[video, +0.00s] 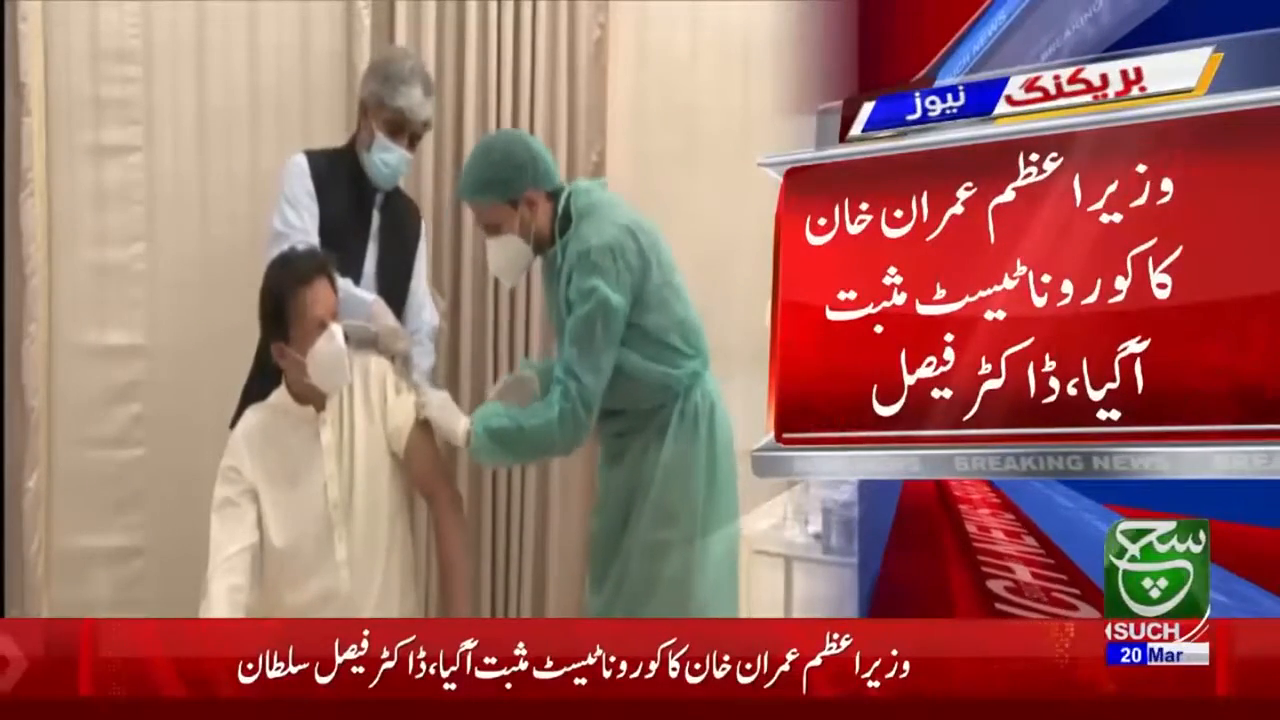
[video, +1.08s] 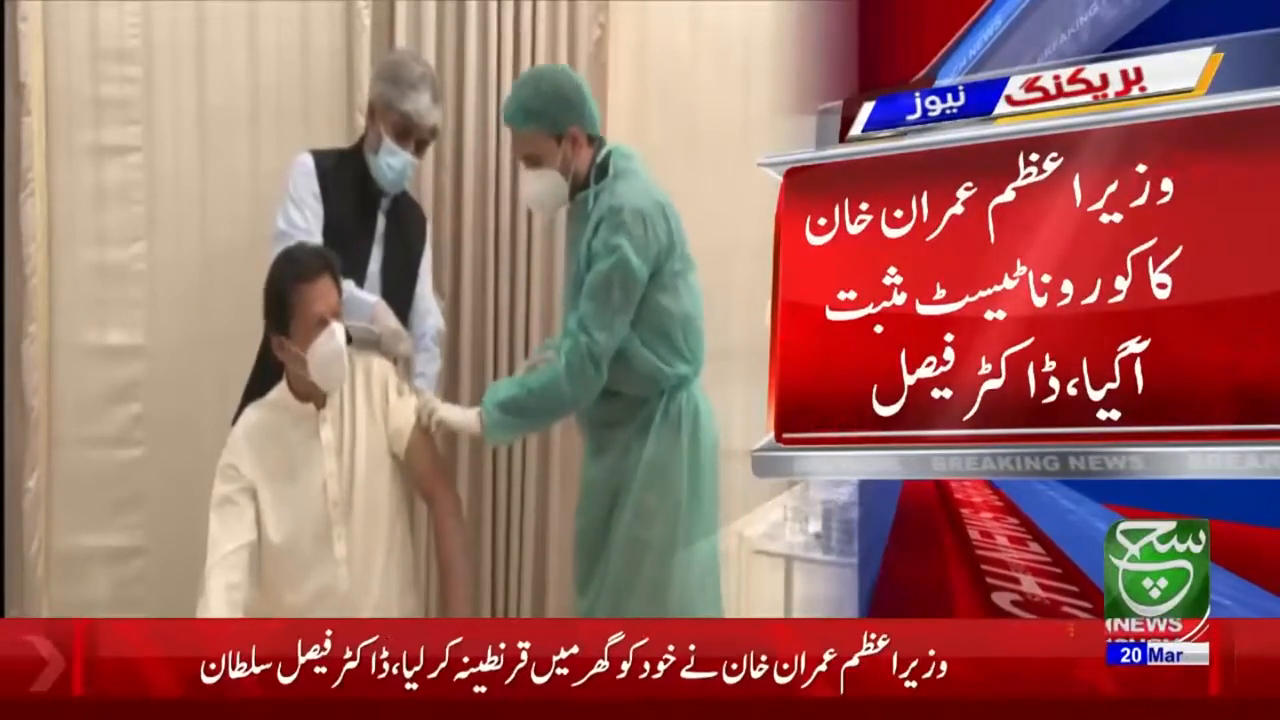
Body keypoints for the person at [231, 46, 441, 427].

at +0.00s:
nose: (401, 150)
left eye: (414, 139)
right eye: (393, 132)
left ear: (424, 137)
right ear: (364, 116)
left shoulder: (409, 217)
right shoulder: (308, 171)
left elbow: (420, 319)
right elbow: (292, 267)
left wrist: (412, 394)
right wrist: (370, 310)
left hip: (372, 389)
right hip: (298, 376)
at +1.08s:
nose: (407, 155)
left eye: (421, 145)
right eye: (399, 136)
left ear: (430, 145)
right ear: (371, 118)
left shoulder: (412, 218)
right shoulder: (314, 172)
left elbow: (425, 321)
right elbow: (296, 269)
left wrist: (419, 403)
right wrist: (371, 312)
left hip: (372, 391)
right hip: (297, 377)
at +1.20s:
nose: (347, 74)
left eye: (359, 57)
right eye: (330, 55)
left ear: (372, 54)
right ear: (293, 46)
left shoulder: (376, 163)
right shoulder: (240, 120)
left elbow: (391, 293)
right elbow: (228, 244)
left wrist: (374, 374)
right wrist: (330, 291)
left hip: (332, 388)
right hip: (236, 374)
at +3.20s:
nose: (351, 80)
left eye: (364, 63)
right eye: (335, 60)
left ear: (378, 65)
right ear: (299, 53)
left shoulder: (378, 176)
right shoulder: (244, 131)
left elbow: (395, 309)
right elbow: (234, 255)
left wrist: (378, 394)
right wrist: (335, 302)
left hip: (335, 402)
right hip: (239, 387)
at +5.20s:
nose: (351, 93)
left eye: (366, 77)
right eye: (336, 72)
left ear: (380, 81)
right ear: (301, 64)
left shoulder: (379, 192)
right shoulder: (246, 147)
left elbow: (396, 327)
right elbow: (235, 271)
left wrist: (379, 423)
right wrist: (338, 320)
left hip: (335, 420)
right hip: (242, 399)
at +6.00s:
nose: (354, 106)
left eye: (370, 90)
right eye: (340, 84)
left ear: (384, 91)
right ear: (304, 75)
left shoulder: (381, 204)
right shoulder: (247, 157)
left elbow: (397, 340)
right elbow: (236, 282)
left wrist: (382, 430)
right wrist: (342, 334)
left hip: (341, 429)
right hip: (243, 417)